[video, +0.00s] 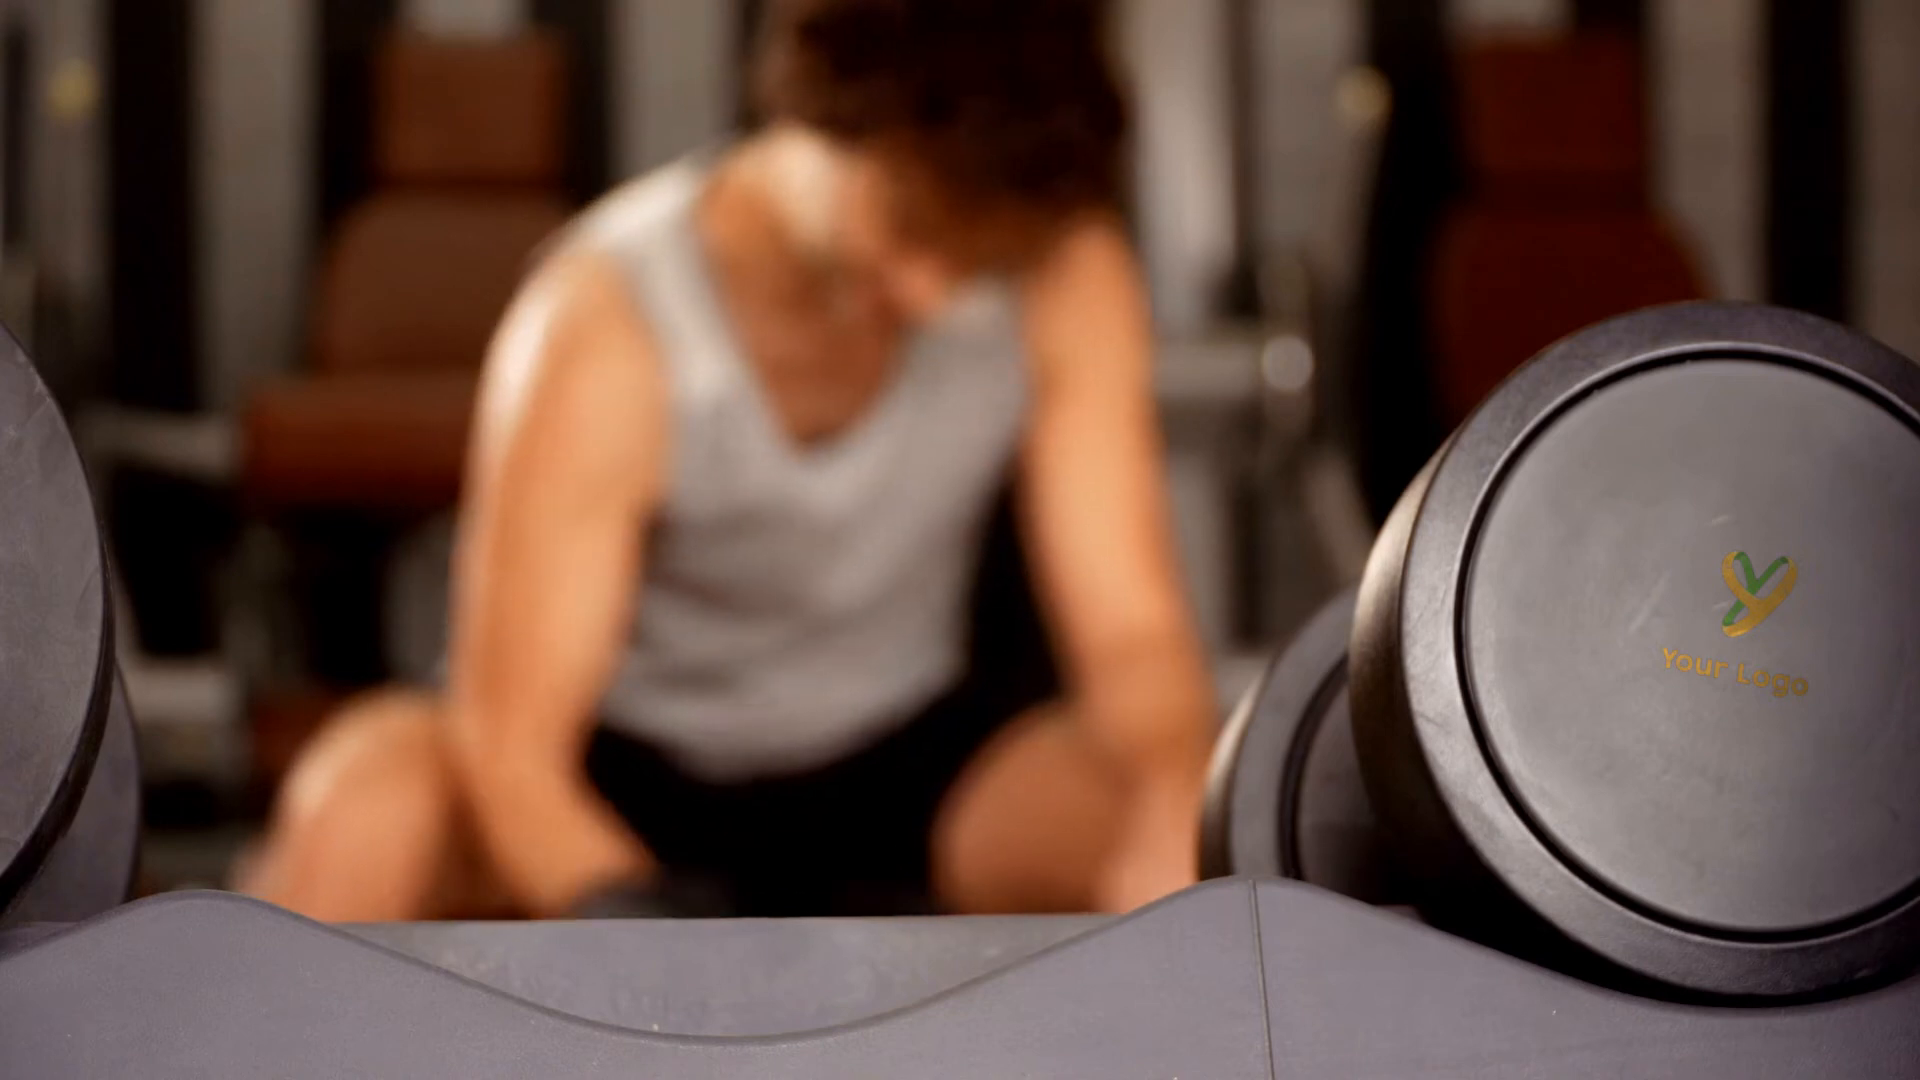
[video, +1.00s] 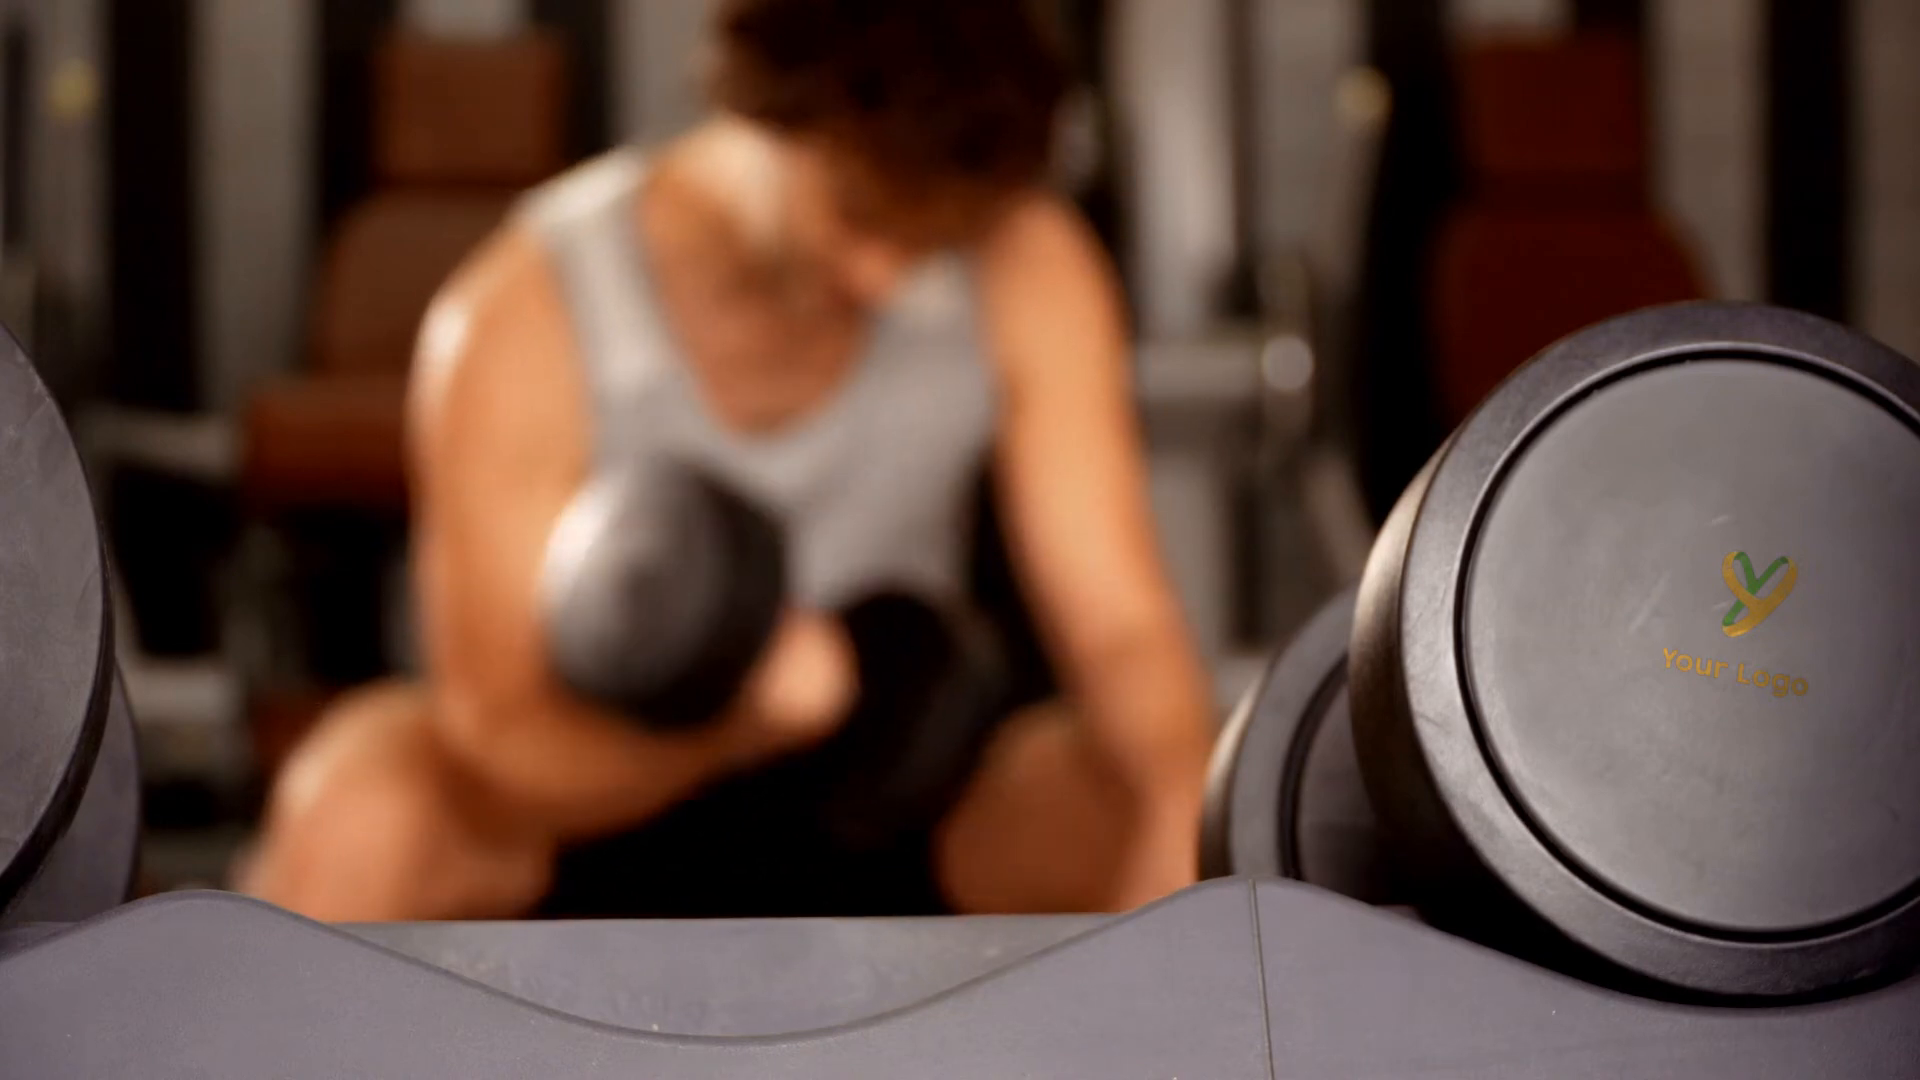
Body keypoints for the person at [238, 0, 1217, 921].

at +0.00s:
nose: (929, 298)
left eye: (980, 262)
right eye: (904, 241)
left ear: (1041, 219)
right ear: (826, 134)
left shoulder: (1057, 260)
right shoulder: (602, 316)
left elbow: (1133, 643)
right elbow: (511, 755)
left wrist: (1172, 839)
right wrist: (674, 956)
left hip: (902, 777)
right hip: (628, 790)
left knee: (1190, 806)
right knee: (367, 784)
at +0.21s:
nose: (913, 307)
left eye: (963, 269)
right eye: (888, 251)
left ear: (1029, 226)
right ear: (801, 136)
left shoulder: (1044, 263)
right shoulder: (558, 311)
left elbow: (1135, 645)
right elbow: (518, 749)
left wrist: (1172, 852)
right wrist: (840, 811)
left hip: (900, 807)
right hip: (610, 808)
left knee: (1192, 775)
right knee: (371, 779)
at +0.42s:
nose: (895, 306)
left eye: (939, 267)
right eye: (872, 250)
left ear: (995, 215)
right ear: (782, 143)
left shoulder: (1020, 264)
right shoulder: (505, 316)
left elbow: (1126, 644)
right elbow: (521, 756)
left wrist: (1171, 877)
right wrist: (733, 725)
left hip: (894, 780)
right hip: (593, 794)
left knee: (1174, 806)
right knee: (359, 792)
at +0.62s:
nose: (866, 302)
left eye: (911, 264)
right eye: (844, 245)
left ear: (968, 213)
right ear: (751, 146)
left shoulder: (1003, 262)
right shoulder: (483, 321)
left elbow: (1117, 637)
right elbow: (506, 759)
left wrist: (1176, 870)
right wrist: (736, 659)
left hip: (904, 783)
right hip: (599, 803)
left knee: (1169, 814)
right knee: (348, 796)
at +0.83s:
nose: (873, 294)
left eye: (919, 256)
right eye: (848, 235)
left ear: (976, 204)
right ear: (759, 144)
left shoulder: (1007, 260)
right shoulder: (499, 322)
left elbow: (1119, 637)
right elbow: (512, 767)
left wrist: (1177, 870)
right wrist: (727, 637)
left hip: (899, 781)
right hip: (600, 799)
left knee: (1169, 812)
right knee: (355, 798)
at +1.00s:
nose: (884, 277)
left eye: (930, 239)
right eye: (859, 223)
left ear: (984, 185)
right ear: (772, 128)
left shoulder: (1019, 259)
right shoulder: (518, 316)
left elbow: (1122, 629)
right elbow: (511, 752)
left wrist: (1183, 834)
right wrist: (751, 718)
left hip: (888, 783)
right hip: (593, 798)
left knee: (1184, 807)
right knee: (358, 797)